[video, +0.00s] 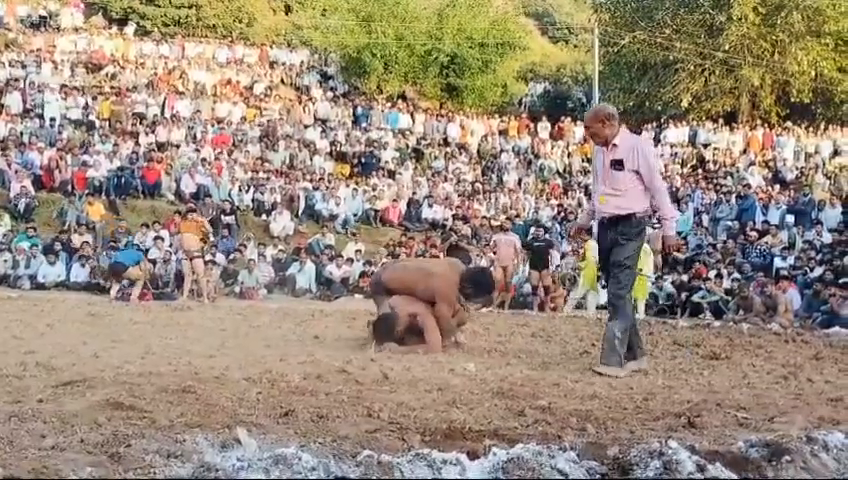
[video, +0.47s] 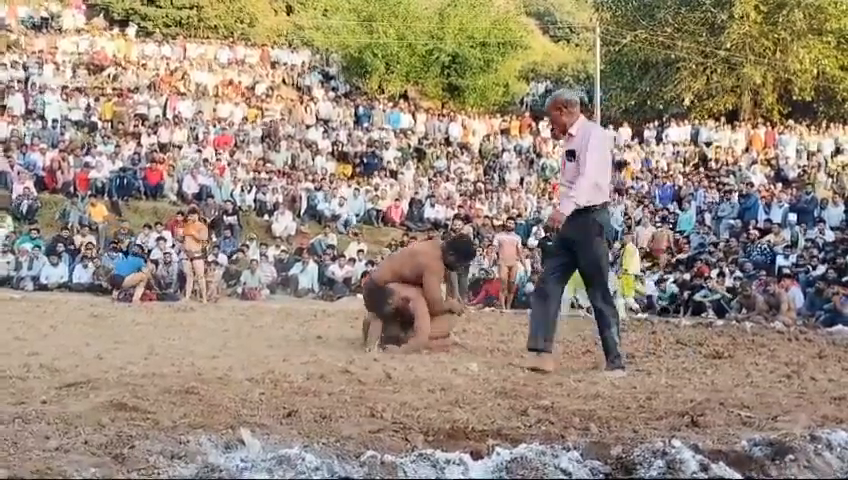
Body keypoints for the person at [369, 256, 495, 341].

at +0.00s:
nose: (474, 300)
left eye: (479, 299)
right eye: (477, 298)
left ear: (472, 271)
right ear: (470, 291)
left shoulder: (458, 265)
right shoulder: (446, 288)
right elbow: (442, 317)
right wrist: (451, 337)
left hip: (394, 267)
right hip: (382, 282)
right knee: (392, 325)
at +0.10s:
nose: (470, 300)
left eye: (474, 299)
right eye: (472, 298)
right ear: (466, 291)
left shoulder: (454, 264)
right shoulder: (442, 288)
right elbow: (443, 328)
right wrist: (455, 320)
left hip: (392, 267)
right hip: (378, 284)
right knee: (393, 329)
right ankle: (372, 327)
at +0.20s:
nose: (467, 292)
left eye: (471, 290)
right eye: (470, 289)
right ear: (462, 283)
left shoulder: (448, 261)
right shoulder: (439, 285)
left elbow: (448, 287)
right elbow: (441, 326)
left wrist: (454, 304)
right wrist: (453, 318)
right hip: (374, 290)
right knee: (395, 327)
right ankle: (371, 330)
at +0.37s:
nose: (461, 279)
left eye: (465, 275)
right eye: (463, 275)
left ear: (452, 252)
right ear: (456, 271)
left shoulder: (440, 253)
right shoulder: (434, 275)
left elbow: (444, 279)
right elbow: (436, 317)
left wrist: (450, 301)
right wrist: (450, 311)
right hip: (372, 286)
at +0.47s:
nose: (460, 268)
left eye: (464, 265)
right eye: (460, 264)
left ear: (450, 245)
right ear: (453, 257)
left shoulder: (437, 246)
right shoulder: (433, 264)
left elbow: (448, 279)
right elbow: (435, 308)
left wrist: (452, 300)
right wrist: (451, 305)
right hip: (378, 287)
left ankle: (374, 319)